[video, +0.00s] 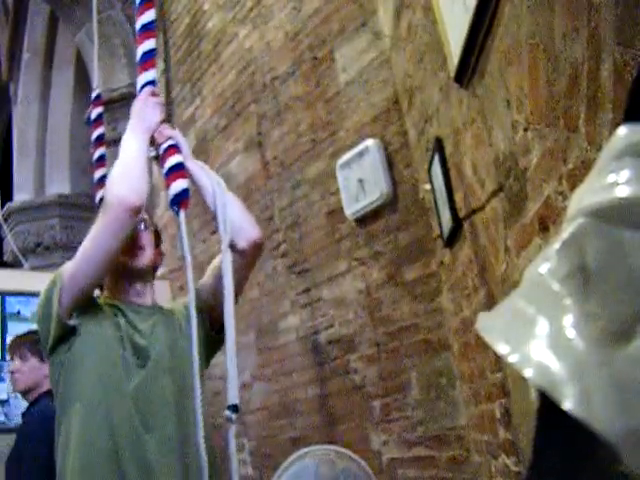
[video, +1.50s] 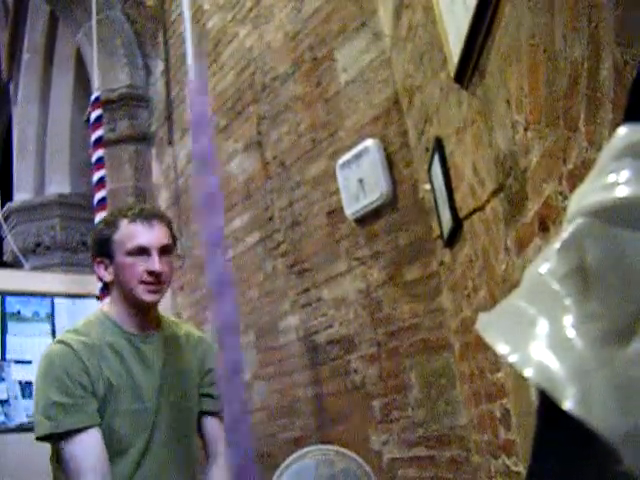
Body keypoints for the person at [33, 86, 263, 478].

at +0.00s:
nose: (136, 232)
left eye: (144, 225)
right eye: (124, 224)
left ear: (159, 246)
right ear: (106, 241)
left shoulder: (187, 324)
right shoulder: (71, 319)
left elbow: (247, 241)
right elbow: (127, 203)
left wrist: (187, 161)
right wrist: (137, 129)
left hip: (180, 472)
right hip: (92, 471)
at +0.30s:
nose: (147, 239)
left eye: (153, 230)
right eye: (135, 230)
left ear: (161, 245)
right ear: (112, 239)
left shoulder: (185, 328)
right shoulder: (67, 325)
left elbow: (249, 264)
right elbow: (127, 223)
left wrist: (189, 178)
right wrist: (139, 147)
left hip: (187, 472)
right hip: (94, 471)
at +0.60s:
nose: (153, 246)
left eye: (159, 235)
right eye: (136, 233)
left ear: (168, 249)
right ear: (97, 255)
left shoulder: (177, 326)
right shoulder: (58, 318)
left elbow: (252, 328)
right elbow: (127, 280)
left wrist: (200, 220)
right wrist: (149, 183)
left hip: (178, 471)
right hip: (90, 471)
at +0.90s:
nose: (163, 261)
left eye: (170, 248)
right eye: (148, 246)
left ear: (179, 256)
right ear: (111, 261)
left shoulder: (185, 332)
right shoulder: (60, 326)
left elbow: (237, 441)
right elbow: (86, 412)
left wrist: (217, 346)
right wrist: (170, 303)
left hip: (175, 473)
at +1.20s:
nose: (162, 272)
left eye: (171, 257)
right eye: (145, 257)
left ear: (180, 263)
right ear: (108, 268)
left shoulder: (196, 350)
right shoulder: (64, 353)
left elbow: (216, 458)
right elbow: (74, 471)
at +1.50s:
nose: (157, 268)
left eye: (165, 253)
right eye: (139, 254)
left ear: (174, 261)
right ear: (104, 268)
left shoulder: (198, 349)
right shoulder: (69, 358)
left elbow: (222, 456)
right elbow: (92, 475)